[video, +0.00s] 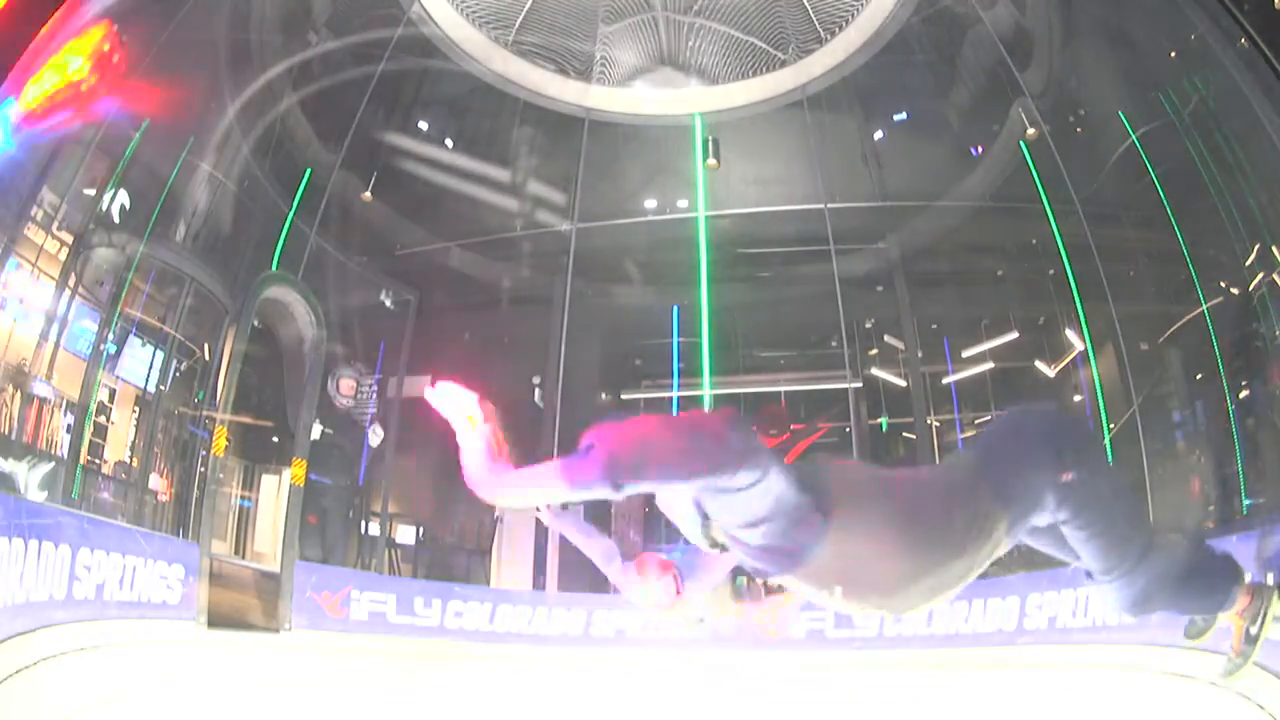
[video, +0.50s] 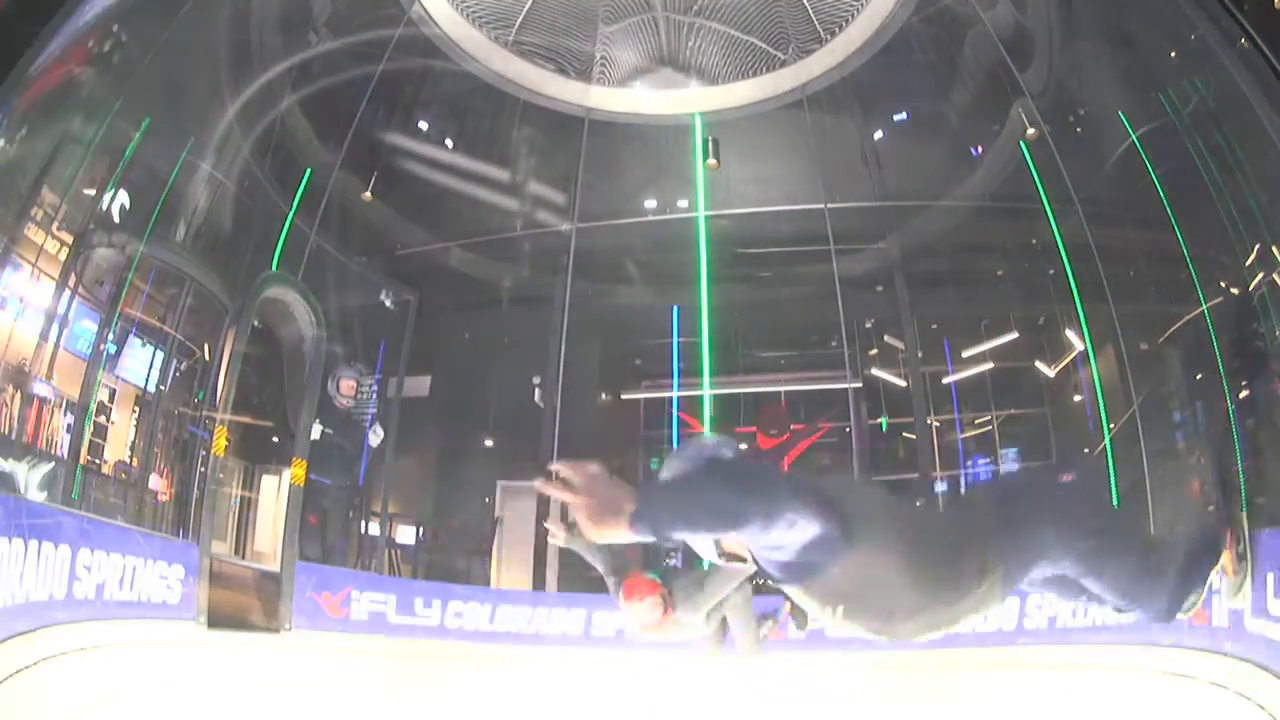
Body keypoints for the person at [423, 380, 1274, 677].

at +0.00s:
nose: (671, 570)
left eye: (667, 558)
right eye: (662, 570)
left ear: (696, 532)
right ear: (688, 572)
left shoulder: (774, 506)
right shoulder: (754, 576)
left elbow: (637, 456)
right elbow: (628, 569)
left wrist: (498, 481)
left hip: (1022, 472)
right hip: (993, 533)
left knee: (1141, 573)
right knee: (1109, 562)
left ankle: (1231, 600)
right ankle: (1214, 583)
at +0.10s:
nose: (670, 537)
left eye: (665, 522)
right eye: (659, 531)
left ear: (696, 504)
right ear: (681, 534)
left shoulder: (782, 512)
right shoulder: (748, 564)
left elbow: (715, 433)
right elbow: (630, 574)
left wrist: (554, 484)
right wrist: (541, 511)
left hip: (1027, 465)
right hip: (997, 518)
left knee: (1141, 579)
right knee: (1123, 571)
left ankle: (1247, 586)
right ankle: (1228, 587)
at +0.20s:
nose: (688, 542)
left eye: (690, 524)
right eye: (678, 537)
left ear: (718, 501)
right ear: (686, 543)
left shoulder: (791, 509)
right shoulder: (751, 566)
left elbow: (680, 452)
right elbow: (632, 575)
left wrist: (552, 478)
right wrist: (557, 523)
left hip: (1022, 470)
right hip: (989, 535)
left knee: (1129, 580)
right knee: (1116, 573)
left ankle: (1238, 609)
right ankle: (1224, 602)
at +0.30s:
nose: (692, 548)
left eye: (688, 533)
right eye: (684, 547)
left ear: (710, 510)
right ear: (686, 549)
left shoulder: (795, 515)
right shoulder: (754, 556)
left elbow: (681, 475)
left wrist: (564, 490)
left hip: (1019, 485)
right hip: (993, 548)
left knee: (1134, 589)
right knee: (1114, 586)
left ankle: (1242, 614)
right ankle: (1226, 606)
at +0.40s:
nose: (721, 543)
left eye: (717, 533)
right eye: (712, 545)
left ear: (739, 518)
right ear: (723, 558)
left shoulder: (803, 536)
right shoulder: (793, 576)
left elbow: (722, 481)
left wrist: (571, 521)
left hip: (1028, 499)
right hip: (1011, 541)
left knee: (1132, 604)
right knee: (1119, 605)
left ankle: (1226, 558)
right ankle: (1201, 568)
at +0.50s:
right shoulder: (801, 546)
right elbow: (750, 494)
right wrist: (637, 509)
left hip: (917, 600)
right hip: (920, 574)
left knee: (1042, 523)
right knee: (1048, 498)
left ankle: (1148, 588)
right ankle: (1157, 586)